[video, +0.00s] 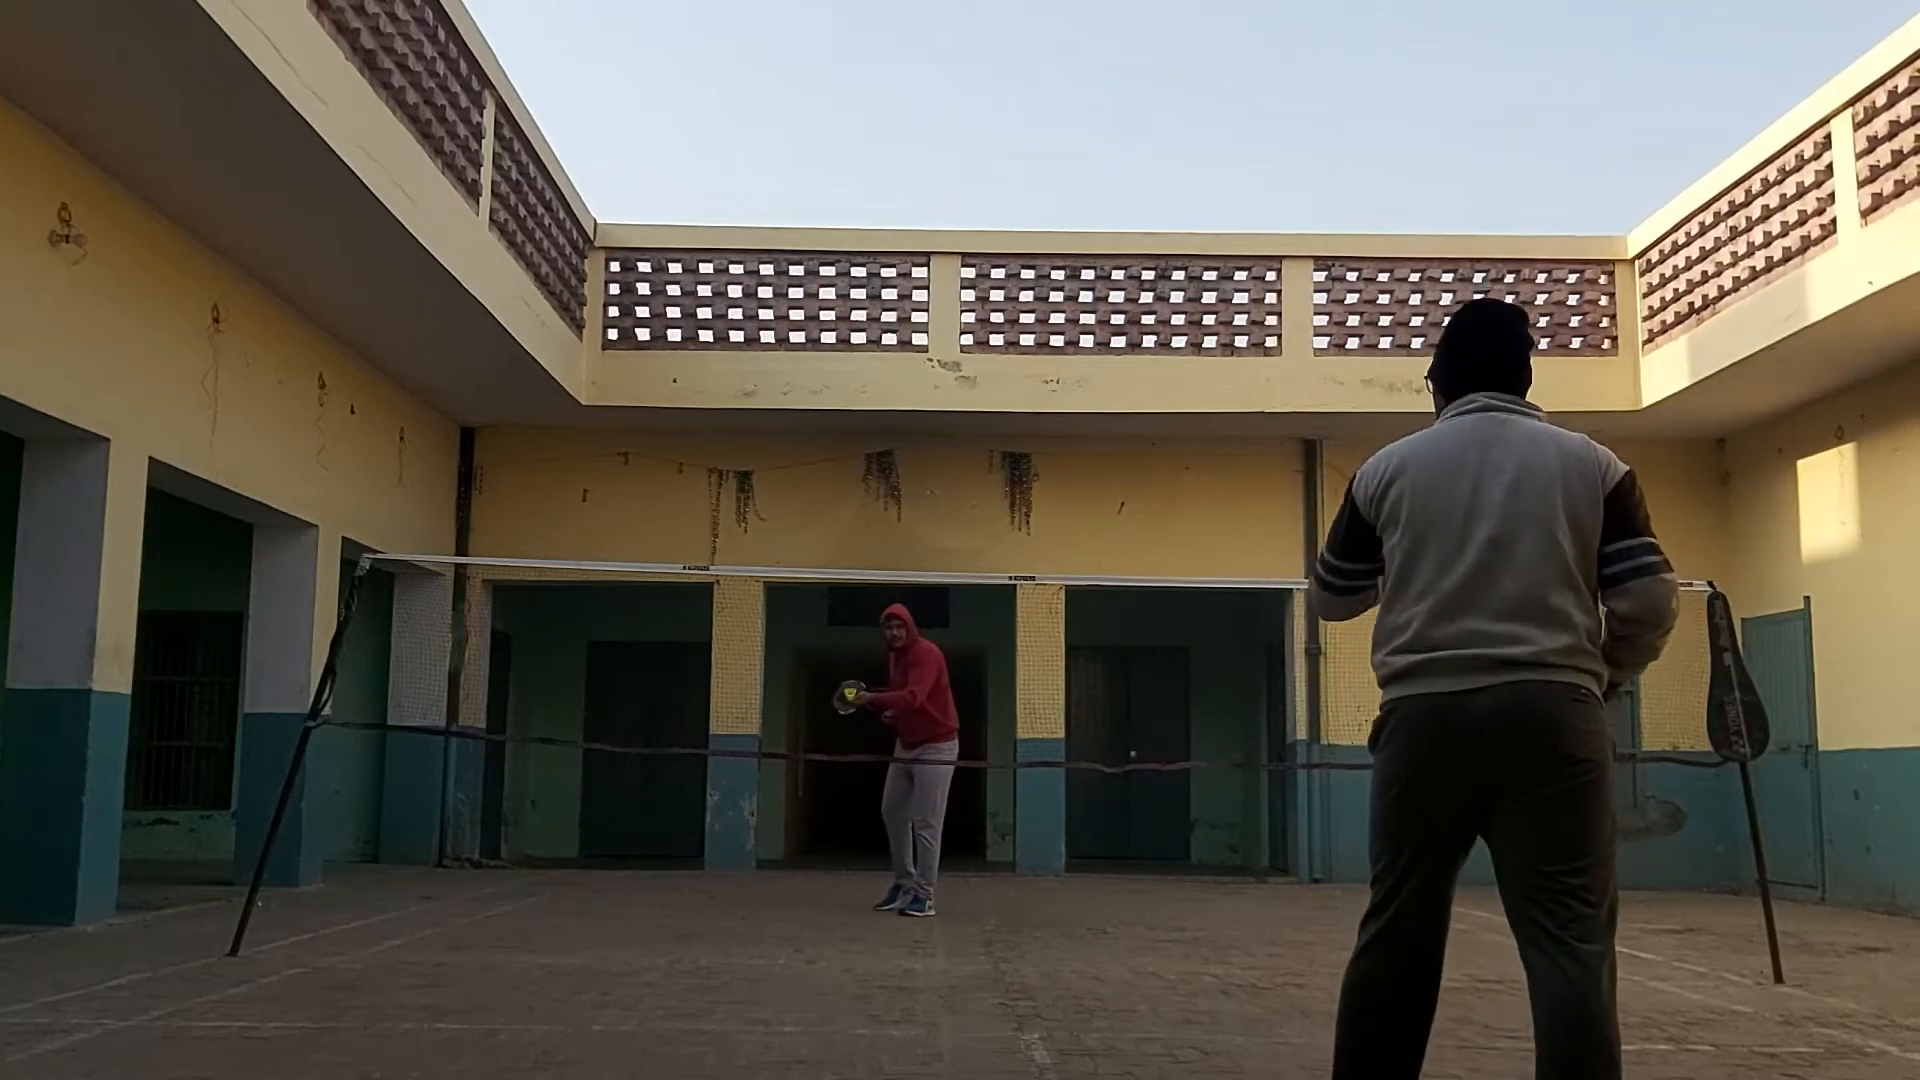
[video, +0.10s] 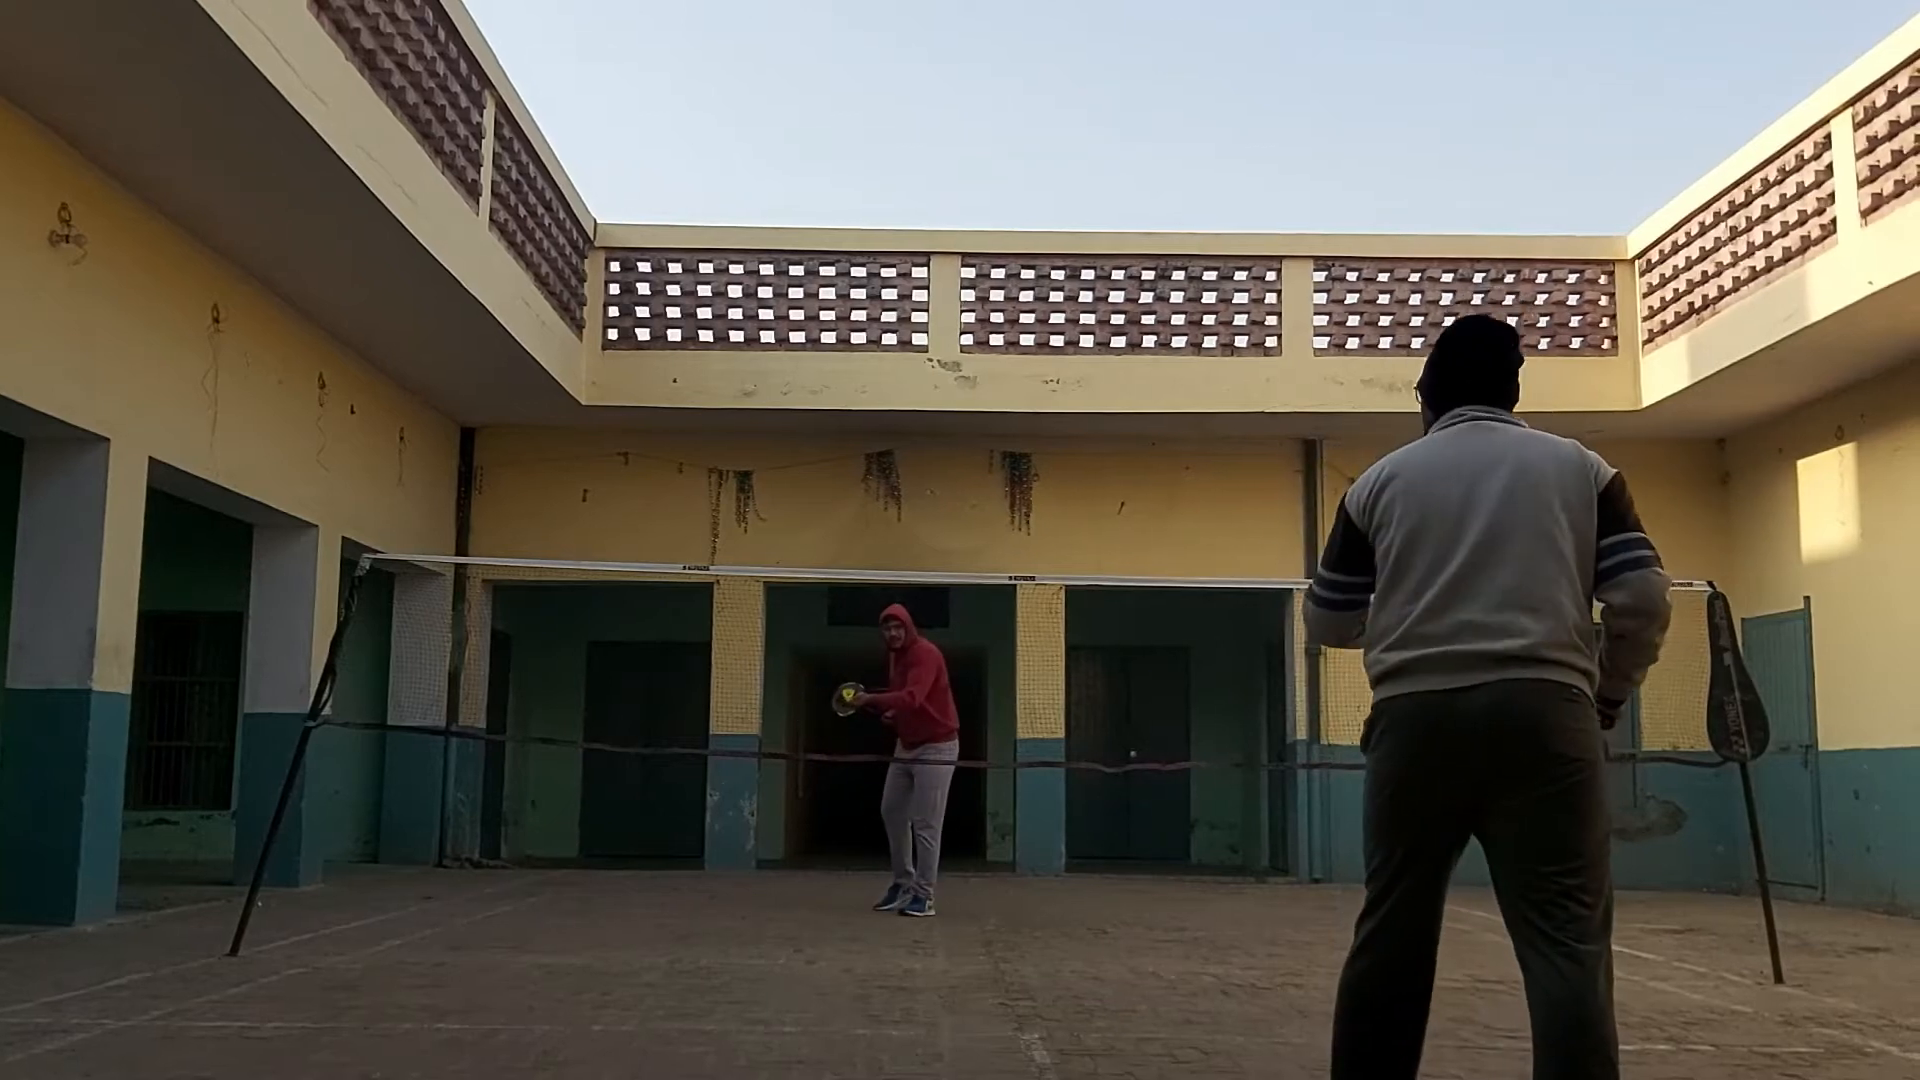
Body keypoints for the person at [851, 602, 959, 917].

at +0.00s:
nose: (894, 632)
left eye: (899, 626)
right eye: (889, 627)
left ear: (911, 628)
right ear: (883, 632)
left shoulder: (926, 653)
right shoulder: (896, 656)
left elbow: (913, 697)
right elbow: (904, 697)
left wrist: (867, 698)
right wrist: (892, 710)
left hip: (936, 747)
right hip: (906, 745)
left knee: (926, 821)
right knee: (893, 813)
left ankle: (923, 894)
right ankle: (904, 884)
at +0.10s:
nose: (893, 633)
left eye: (898, 627)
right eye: (888, 628)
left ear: (909, 629)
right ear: (883, 633)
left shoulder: (925, 653)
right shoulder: (896, 656)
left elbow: (911, 698)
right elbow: (906, 699)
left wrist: (865, 699)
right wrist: (894, 711)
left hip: (936, 747)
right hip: (907, 745)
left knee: (926, 822)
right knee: (893, 812)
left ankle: (923, 895)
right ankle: (903, 884)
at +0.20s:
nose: (892, 633)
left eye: (897, 627)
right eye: (887, 629)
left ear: (909, 629)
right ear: (882, 634)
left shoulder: (925, 653)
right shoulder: (896, 656)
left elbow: (911, 698)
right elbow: (905, 699)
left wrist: (865, 699)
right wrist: (894, 712)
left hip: (936, 747)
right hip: (907, 745)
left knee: (925, 822)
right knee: (893, 813)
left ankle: (923, 895)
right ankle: (903, 885)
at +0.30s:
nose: (892, 633)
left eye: (897, 627)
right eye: (887, 629)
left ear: (909, 629)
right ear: (882, 633)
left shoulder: (925, 653)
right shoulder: (896, 656)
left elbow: (911, 698)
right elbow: (906, 699)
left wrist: (864, 700)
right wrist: (894, 712)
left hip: (936, 747)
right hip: (907, 745)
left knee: (925, 823)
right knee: (894, 812)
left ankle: (923, 895)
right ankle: (903, 885)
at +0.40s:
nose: (891, 632)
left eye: (896, 627)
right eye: (887, 628)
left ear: (908, 629)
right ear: (882, 633)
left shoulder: (924, 653)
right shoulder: (897, 656)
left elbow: (910, 698)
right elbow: (906, 698)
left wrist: (864, 700)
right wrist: (895, 712)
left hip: (936, 748)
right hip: (908, 746)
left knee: (925, 823)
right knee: (894, 813)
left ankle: (924, 896)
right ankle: (903, 885)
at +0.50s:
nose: (892, 632)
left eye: (897, 627)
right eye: (887, 628)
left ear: (908, 628)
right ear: (883, 633)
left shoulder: (924, 653)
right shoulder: (897, 655)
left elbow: (910, 698)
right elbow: (906, 697)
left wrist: (864, 700)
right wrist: (895, 712)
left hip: (936, 747)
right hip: (908, 746)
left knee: (925, 823)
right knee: (893, 812)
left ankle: (924, 895)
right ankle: (903, 885)